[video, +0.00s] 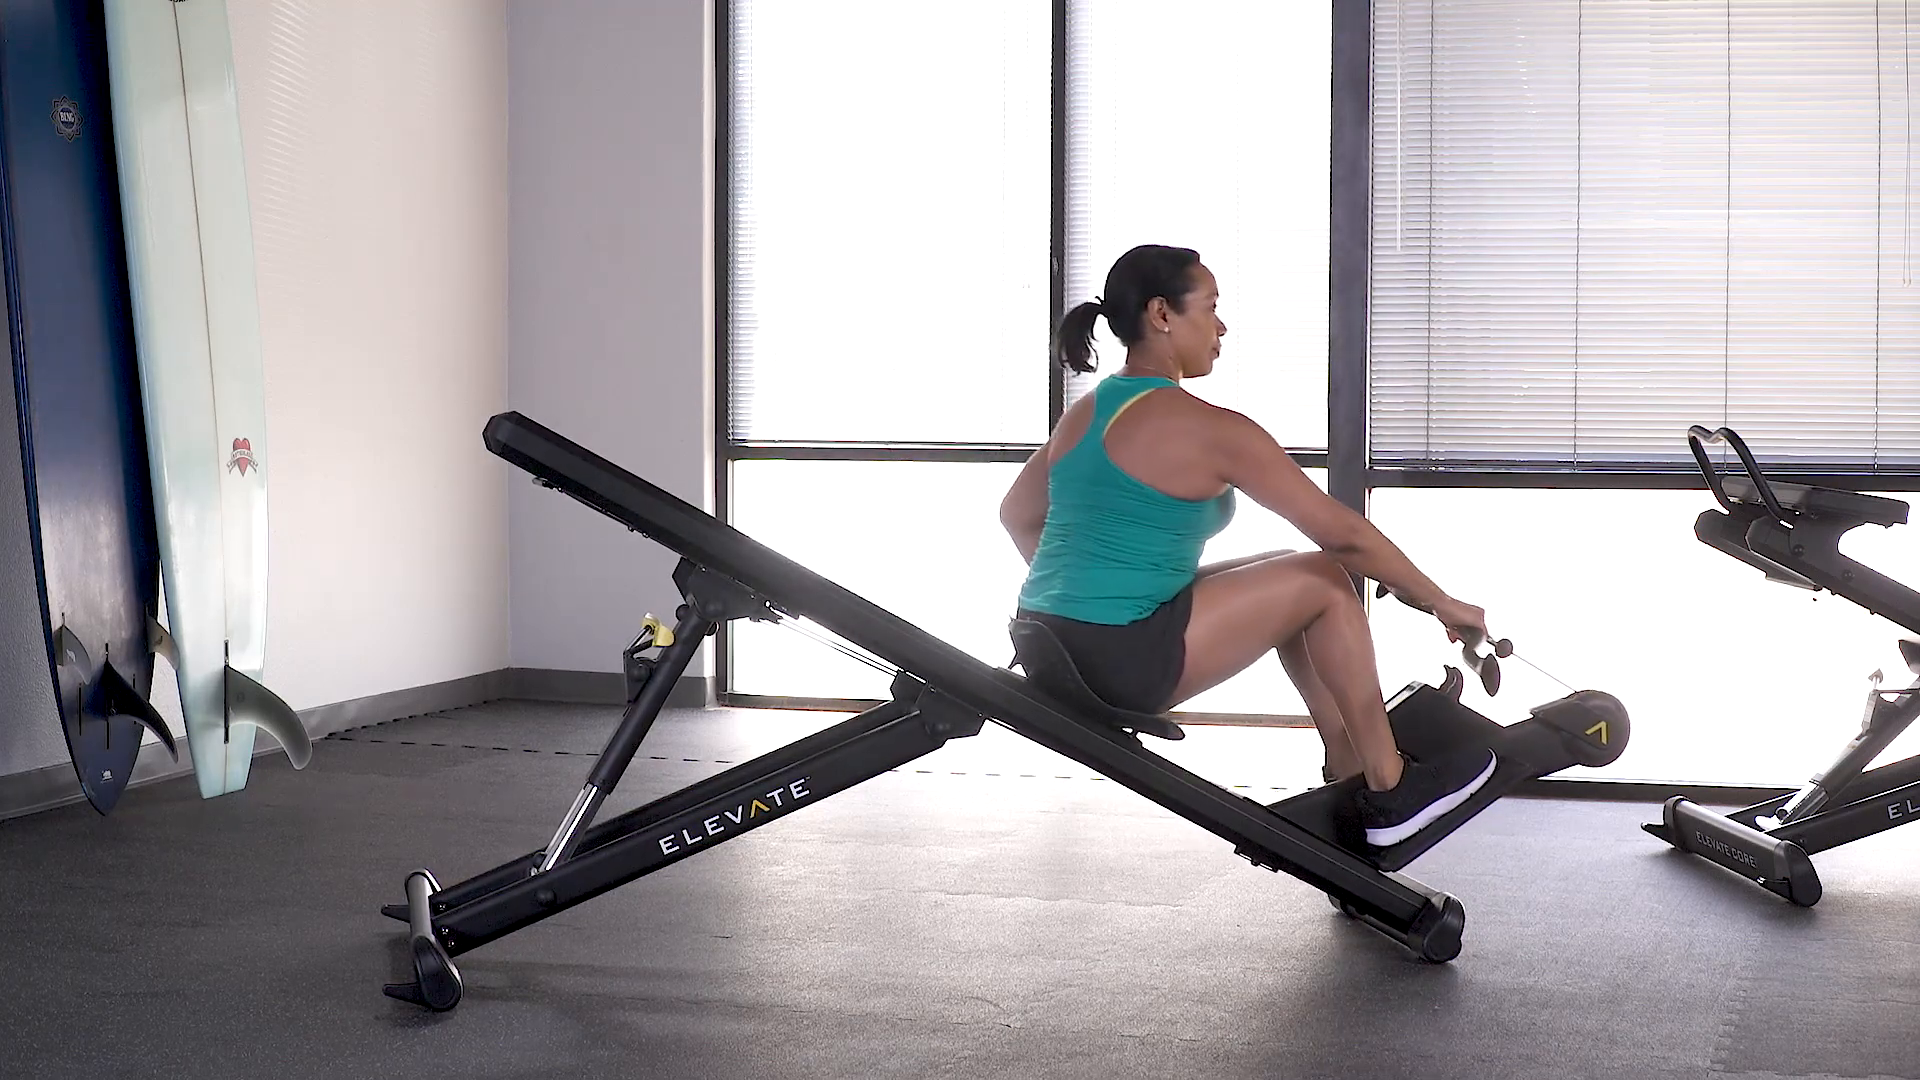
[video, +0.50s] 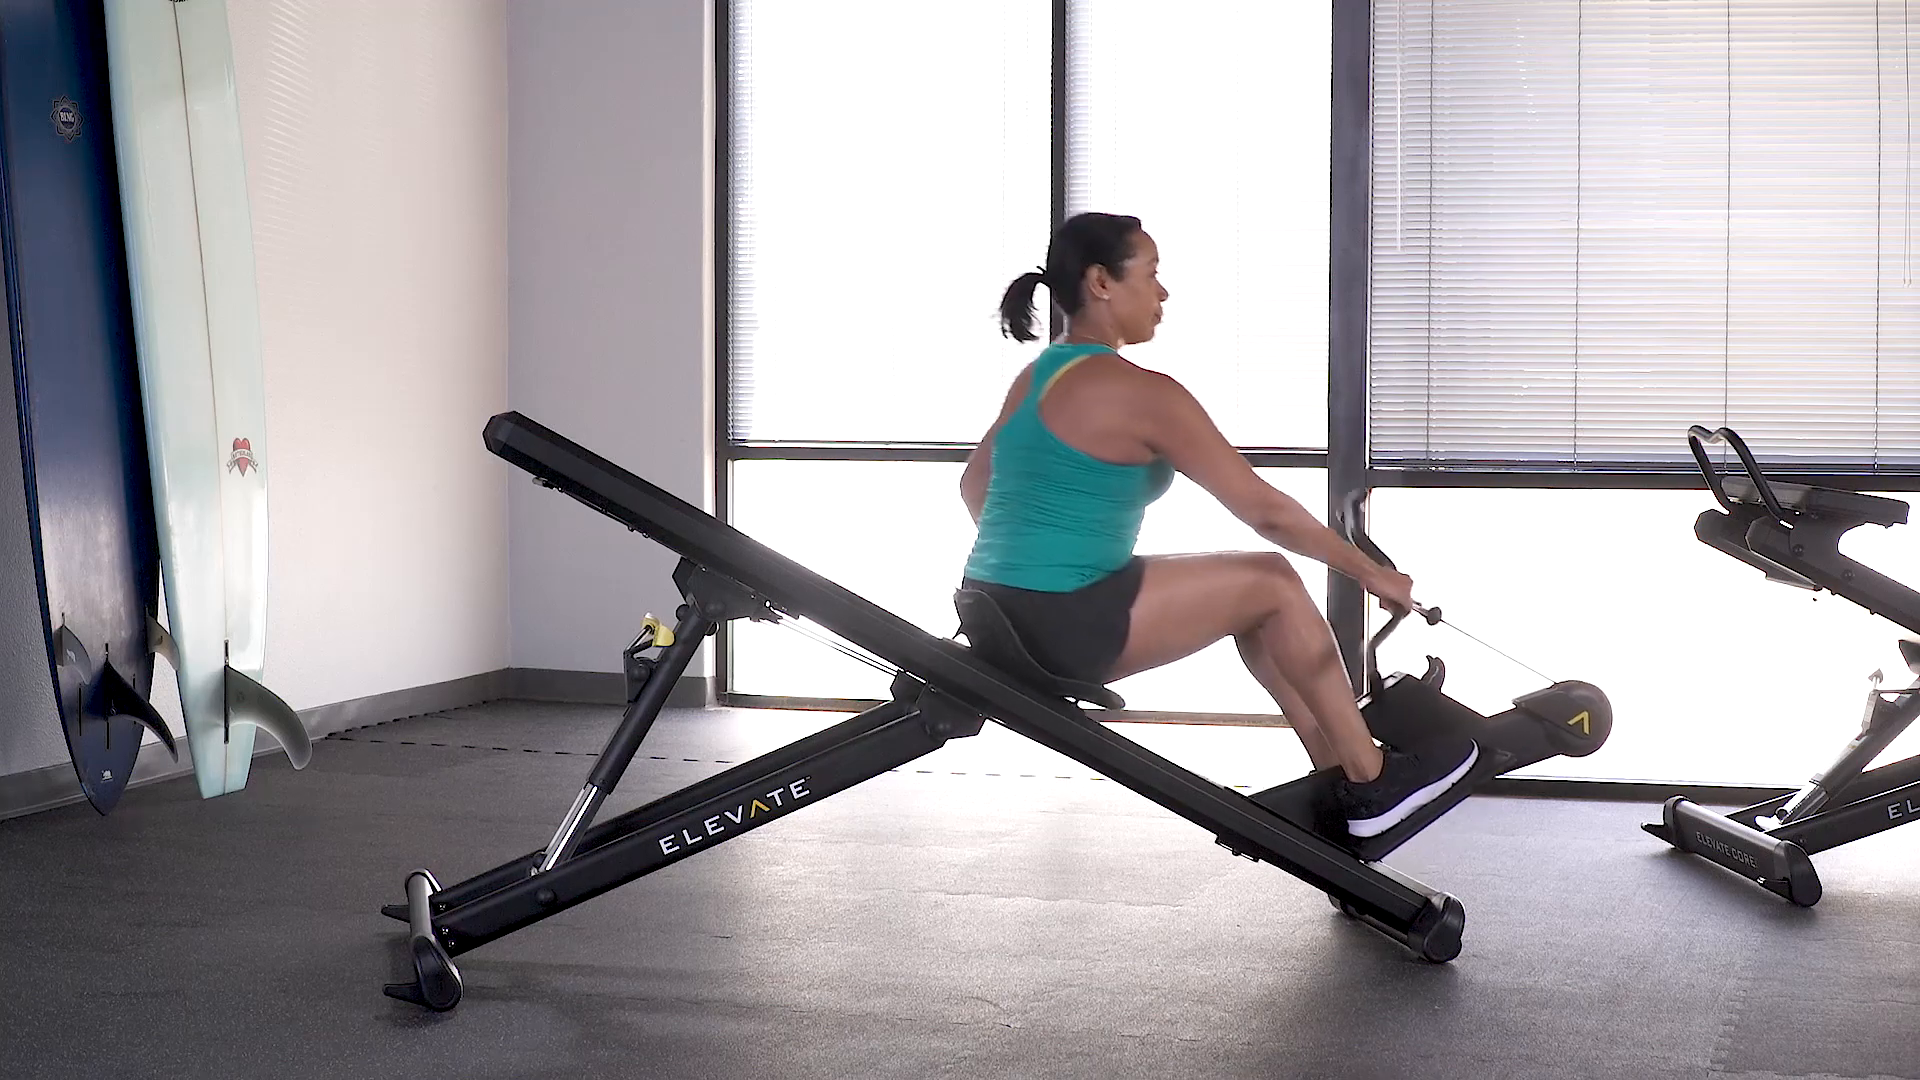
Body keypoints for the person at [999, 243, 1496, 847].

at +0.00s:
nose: (1221, 325)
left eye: (1216, 307)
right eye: (1210, 307)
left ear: (1155, 318)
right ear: (1161, 315)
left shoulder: (1087, 410)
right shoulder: (1218, 431)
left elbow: (1019, 514)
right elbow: (1347, 536)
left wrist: (1073, 588)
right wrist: (1442, 604)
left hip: (1046, 632)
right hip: (1121, 651)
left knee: (1298, 574)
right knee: (1327, 582)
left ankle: (1347, 762)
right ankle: (1390, 783)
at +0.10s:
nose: (1241, 335)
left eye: (1236, 318)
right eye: (1229, 318)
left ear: (1171, 331)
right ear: (1181, 328)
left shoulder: (1106, 420)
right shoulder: (1240, 441)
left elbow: (1034, 522)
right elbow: (1369, 543)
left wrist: (1089, 594)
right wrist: (1467, 615)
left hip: (1061, 644)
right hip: (1136, 662)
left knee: (1311, 571)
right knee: (1337, 583)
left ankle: (1355, 767)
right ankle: (1398, 790)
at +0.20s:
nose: (1248, 336)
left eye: (1242, 318)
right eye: (1235, 319)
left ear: (1178, 335)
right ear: (1188, 331)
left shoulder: (1112, 423)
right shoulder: (1247, 445)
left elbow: (1040, 523)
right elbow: (1374, 544)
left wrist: (1093, 596)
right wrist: (1471, 617)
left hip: (1068, 646)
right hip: (1143, 665)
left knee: (1312, 573)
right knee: (1343, 583)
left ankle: (1357, 766)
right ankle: (1401, 794)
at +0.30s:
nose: (1236, 330)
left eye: (1231, 313)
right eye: (1225, 314)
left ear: (1169, 328)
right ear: (1176, 326)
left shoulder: (1103, 418)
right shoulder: (1237, 440)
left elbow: (1033, 519)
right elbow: (1364, 541)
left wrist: (1087, 591)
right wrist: (1459, 612)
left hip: (1058, 641)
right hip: (1133, 660)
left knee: (1307, 573)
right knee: (1336, 585)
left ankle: (1353, 764)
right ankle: (1397, 790)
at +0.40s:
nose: (1209, 314)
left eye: (1203, 296)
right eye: (1197, 298)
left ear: (1139, 313)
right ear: (1146, 310)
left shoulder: (1083, 398)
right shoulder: (1203, 423)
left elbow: (1011, 504)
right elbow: (1328, 530)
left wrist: (1062, 579)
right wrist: (1429, 596)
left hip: (1033, 625)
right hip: (1105, 640)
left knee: (1288, 578)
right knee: (1315, 585)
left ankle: (1346, 761)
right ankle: (1389, 786)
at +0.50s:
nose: (1164, 293)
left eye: (1159, 276)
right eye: (1151, 276)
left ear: (1092, 287)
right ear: (1101, 285)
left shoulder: (1039, 374)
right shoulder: (1145, 394)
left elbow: (975, 485)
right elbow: (1264, 510)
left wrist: (1035, 553)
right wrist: (1371, 570)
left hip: (995, 605)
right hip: (1062, 618)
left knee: (1251, 584)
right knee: (1274, 582)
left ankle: (1332, 760)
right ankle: (1371, 776)